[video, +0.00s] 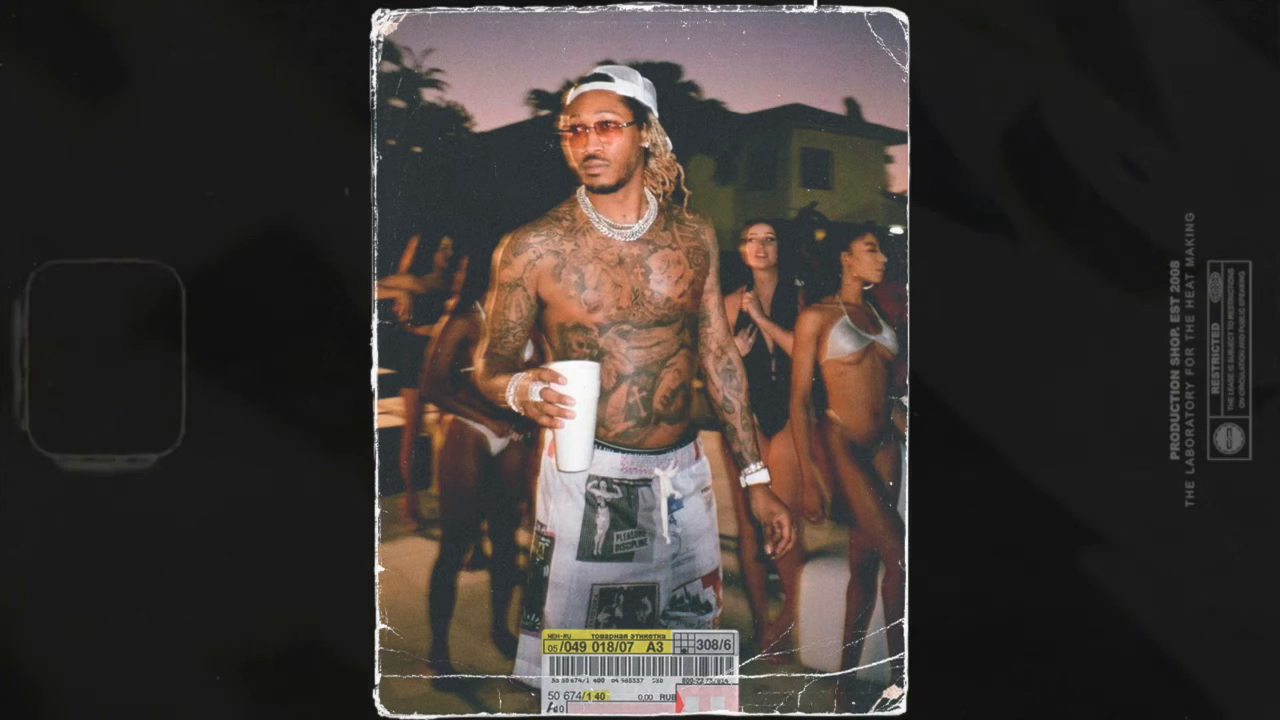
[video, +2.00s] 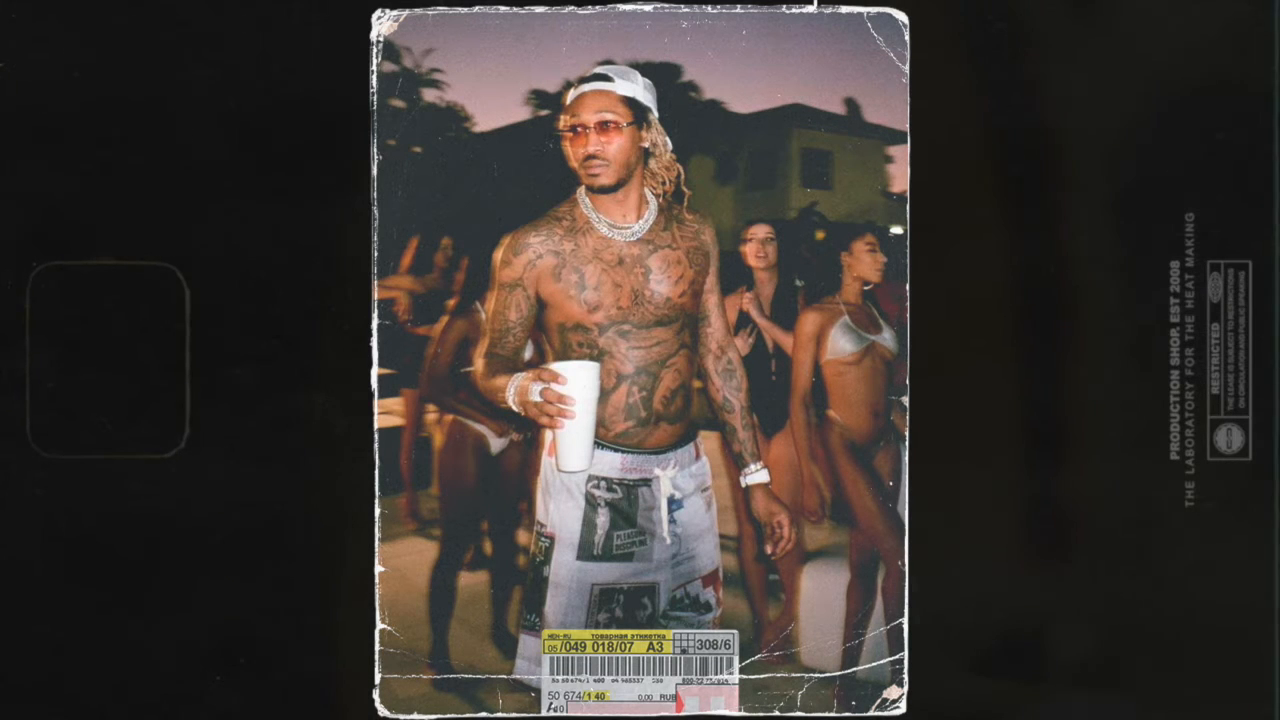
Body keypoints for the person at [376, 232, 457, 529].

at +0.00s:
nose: (446, 253)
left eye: (451, 248)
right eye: (442, 247)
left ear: (455, 252)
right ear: (431, 250)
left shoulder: (457, 274)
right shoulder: (416, 277)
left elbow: (461, 302)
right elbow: (398, 283)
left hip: (445, 346)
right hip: (416, 345)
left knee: (450, 425)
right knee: (413, 426)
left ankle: (453, 498)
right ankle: (410, 500)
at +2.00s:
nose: (446, 254)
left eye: (451, 249)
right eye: (442, 247)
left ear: (456, 253)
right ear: (431, 250)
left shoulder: (457, 279)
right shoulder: (415, 282)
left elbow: (461, 311)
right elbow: (394, 284)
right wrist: (404, 294)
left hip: (445, 351)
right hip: (416, 348)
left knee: (449, 427)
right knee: (412, 428)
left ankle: (452, 499)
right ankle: (410, 501)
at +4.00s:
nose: (445, 254)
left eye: (450, 249)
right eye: (441, 248)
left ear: (455, 254)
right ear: (431, 250)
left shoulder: (457, 276)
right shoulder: (415, 281)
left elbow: (461, 302)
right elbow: (395, 284)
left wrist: (438, 326)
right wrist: (404, 297)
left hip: (446, 349)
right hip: (417, 346)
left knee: (450, 427)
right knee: (412, 428)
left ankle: (452, 499)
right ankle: (410, 502)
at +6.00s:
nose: (445, 255)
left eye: (450, 250)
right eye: (441, 248)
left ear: (455, 255)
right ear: (430, 252)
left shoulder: (455, 282)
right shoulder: (414, 283)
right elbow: (401, 320)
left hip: (446, 352)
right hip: (417, 349)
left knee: (450, 426)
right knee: (413, 427)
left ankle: (452, 496)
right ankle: (410, 500)